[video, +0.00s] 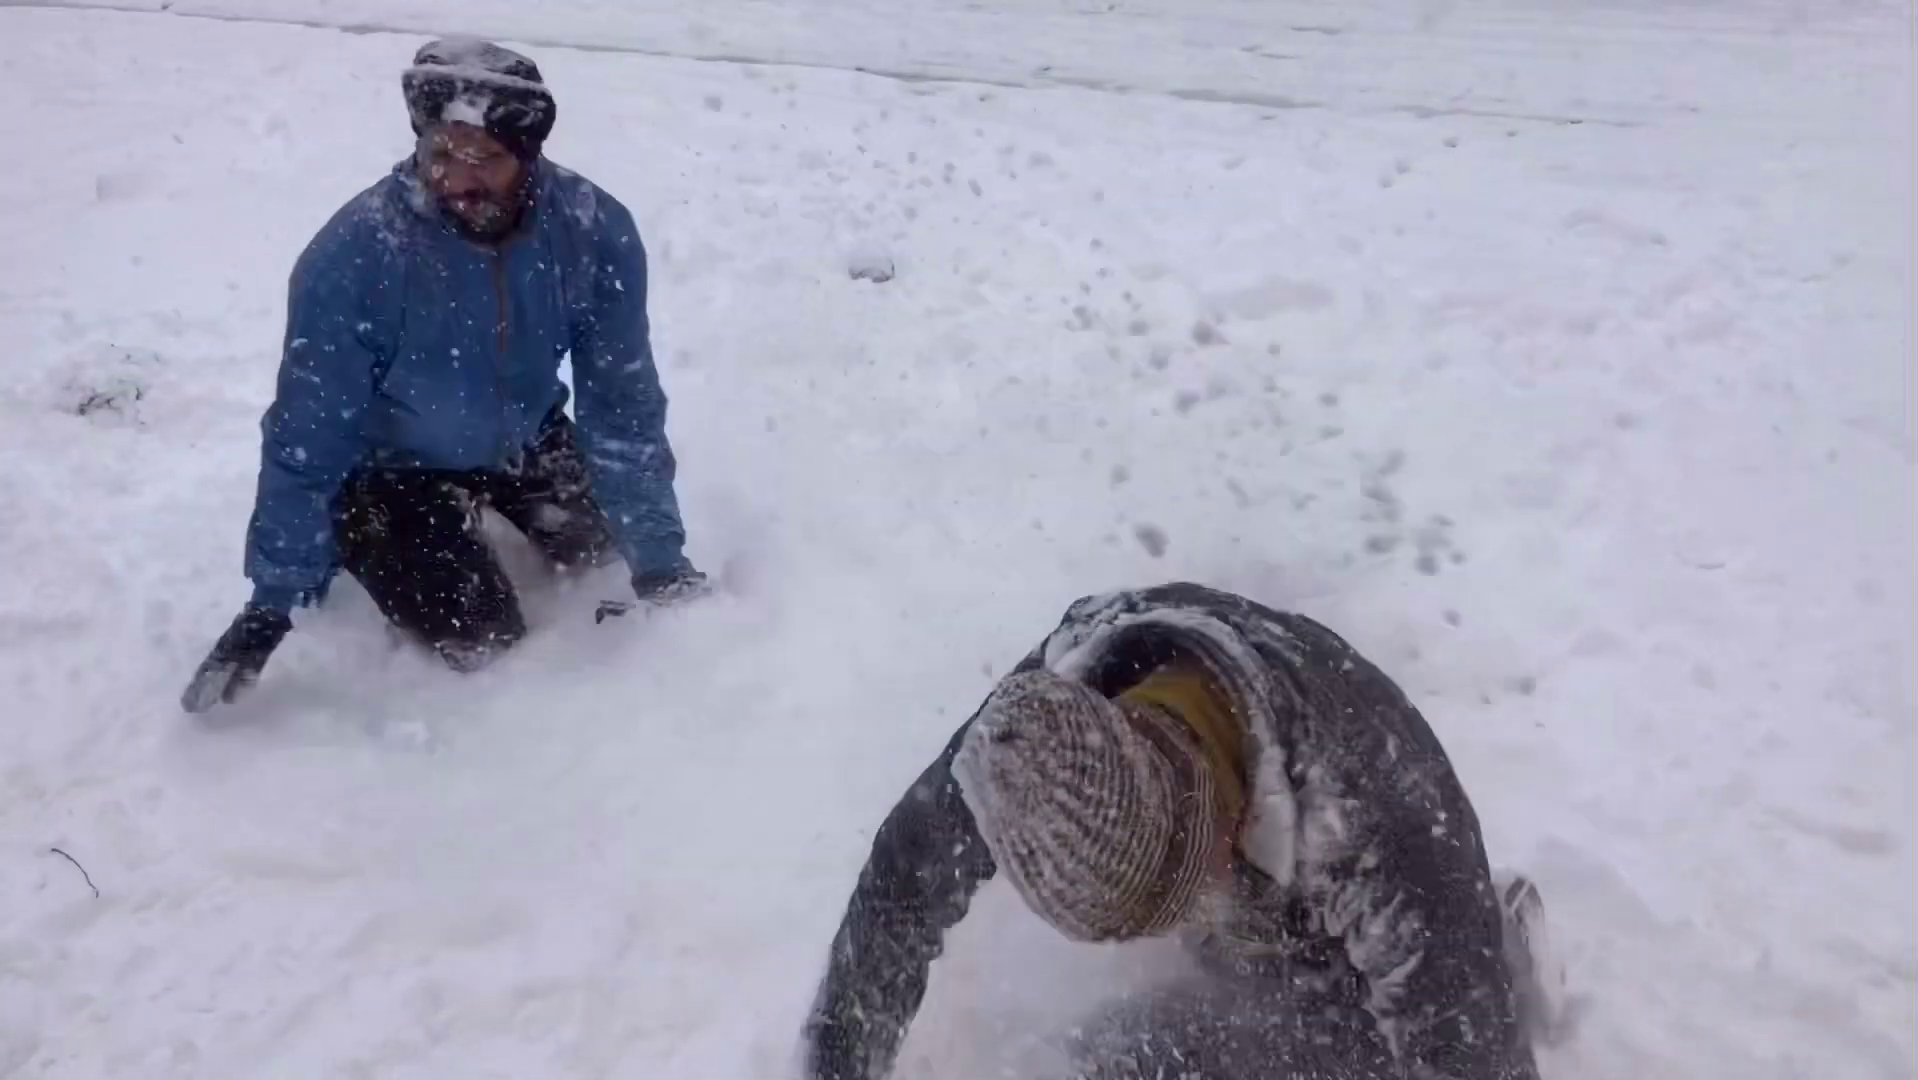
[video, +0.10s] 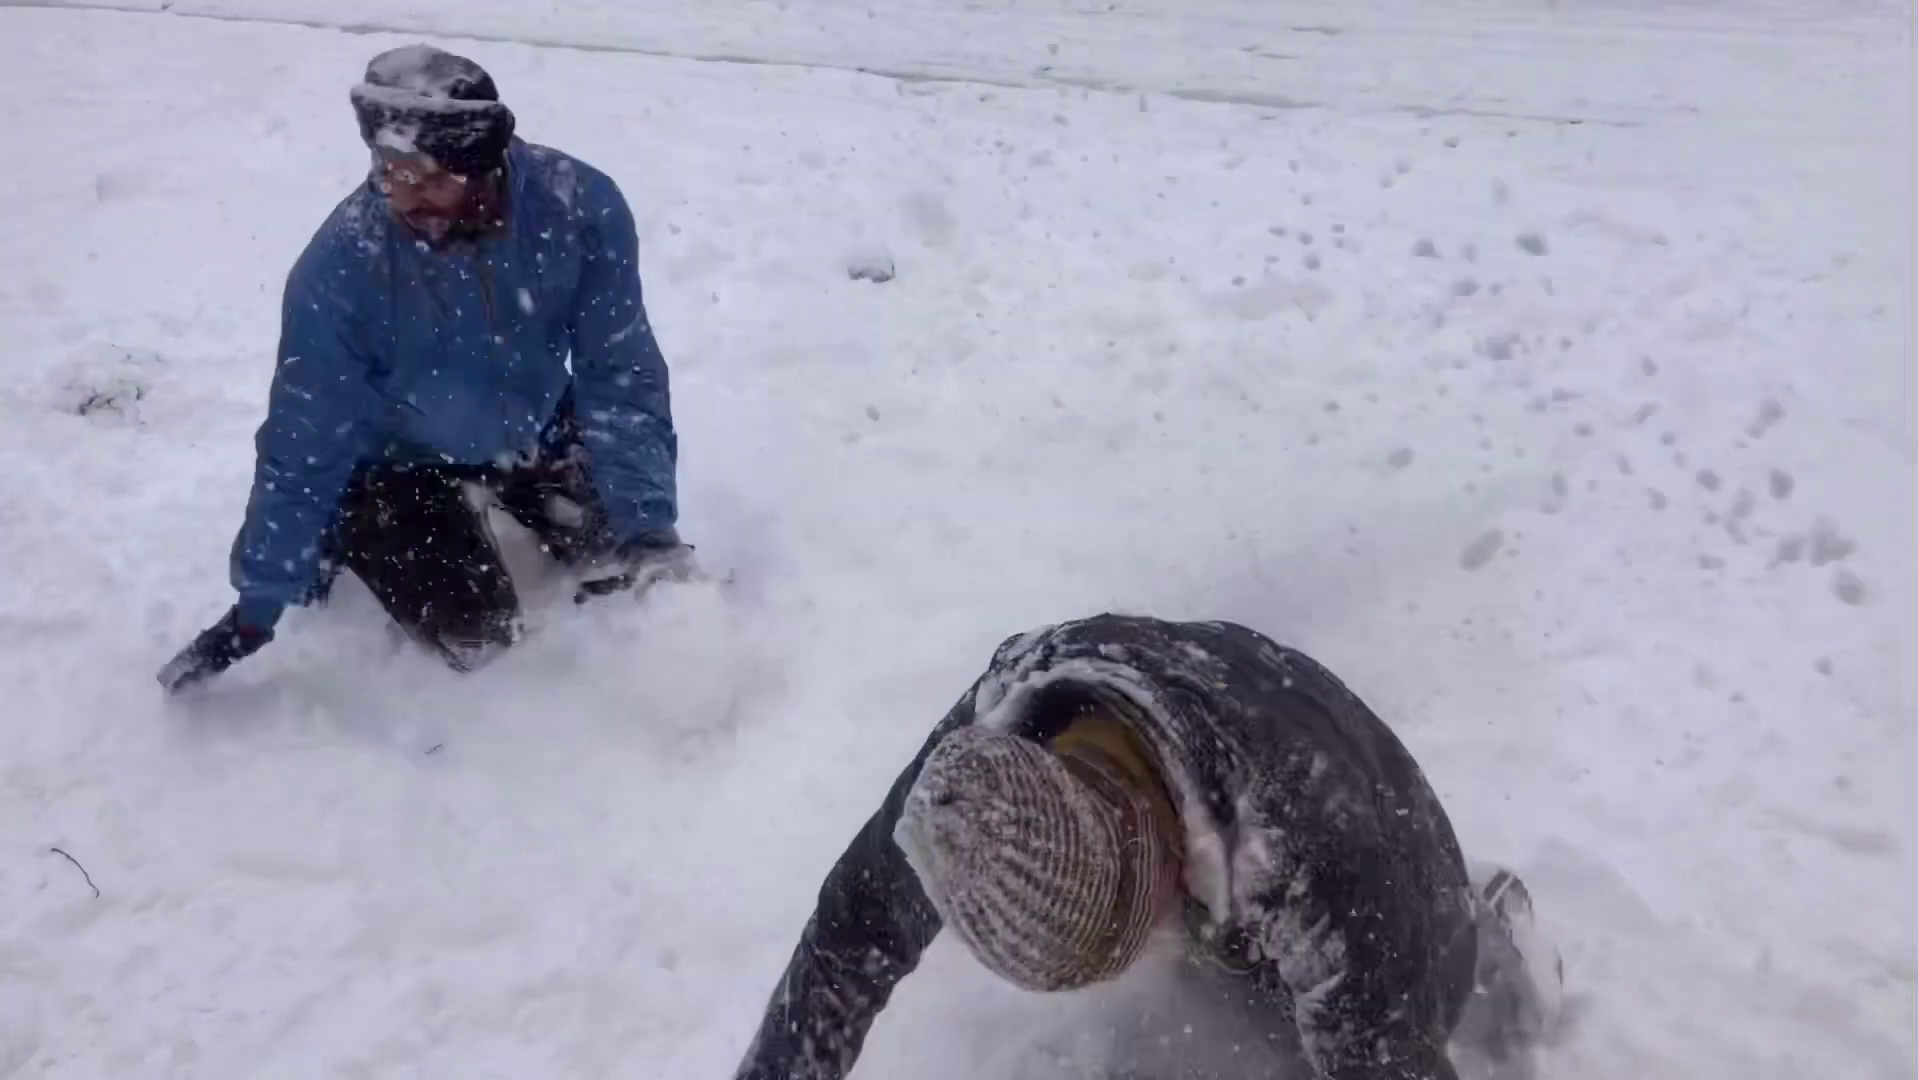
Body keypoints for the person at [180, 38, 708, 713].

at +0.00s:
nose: (463, 180)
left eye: (485, 156)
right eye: (443, 155)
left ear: (529, 150)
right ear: (420, 148)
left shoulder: (593, 231)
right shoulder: (354, 257)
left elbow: (625, 407)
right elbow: (305, 444)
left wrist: (662, 565)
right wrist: (272, 602)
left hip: (523, 436)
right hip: (391, 466)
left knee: (600, 552)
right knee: (485, 636)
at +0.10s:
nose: (400, 197)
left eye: (419, 176)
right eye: (387, 172)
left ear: (479, 161)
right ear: (374, 158)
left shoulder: (582, 212)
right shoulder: (342, 269)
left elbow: (624, 379)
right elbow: (302, 452)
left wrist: (649, 536)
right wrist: (256, 612)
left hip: (533, 426)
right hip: (397, 456)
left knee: (635, 577)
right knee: (480, 632)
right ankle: (347, 519)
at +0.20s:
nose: (332, 224)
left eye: (348, 203)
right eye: (321, 201)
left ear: (404, 178)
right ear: (313, 184)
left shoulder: (542, 169)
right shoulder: (319, 286)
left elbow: (621, 337)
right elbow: (330, 478)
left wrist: (645, 492)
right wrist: (326, 660)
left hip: (549, 417)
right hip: (426, 452)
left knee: (652, 569)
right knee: (471, 624)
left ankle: (526, 484)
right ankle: (333, 559)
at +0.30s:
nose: (324, 245)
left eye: (330, 223)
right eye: (301, 236)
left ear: (363, 176)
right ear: (278, 220)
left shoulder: (488, 129)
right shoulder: (301, 286)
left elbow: (613, 286)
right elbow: (373, 455)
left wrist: (635, 445)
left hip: (563, 405)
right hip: (452, 451)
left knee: (628, 541)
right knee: (494, 623)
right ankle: (371, 534)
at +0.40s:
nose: (318, 242)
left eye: (321, 217)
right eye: (293, 238)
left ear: (344, 164)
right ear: (265, 228)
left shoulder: (454, 109)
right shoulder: (284, 271)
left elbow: (585, 246)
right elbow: (383, 420)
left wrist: (630, 403)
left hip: (578, 410)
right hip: (454, 453)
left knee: (659, 556)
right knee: (494, 633)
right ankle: (397, 508)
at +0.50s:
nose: (305, 237)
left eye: (310, 214)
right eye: (282, 231)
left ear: (335, 159)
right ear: (253, 219)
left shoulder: (435, 100)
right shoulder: (274, 258)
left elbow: (572, 236)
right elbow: (380, 396)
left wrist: (633, 393)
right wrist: (488, 500)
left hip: (583, 407)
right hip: (461, 458)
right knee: (489, 644)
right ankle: (409, 510)